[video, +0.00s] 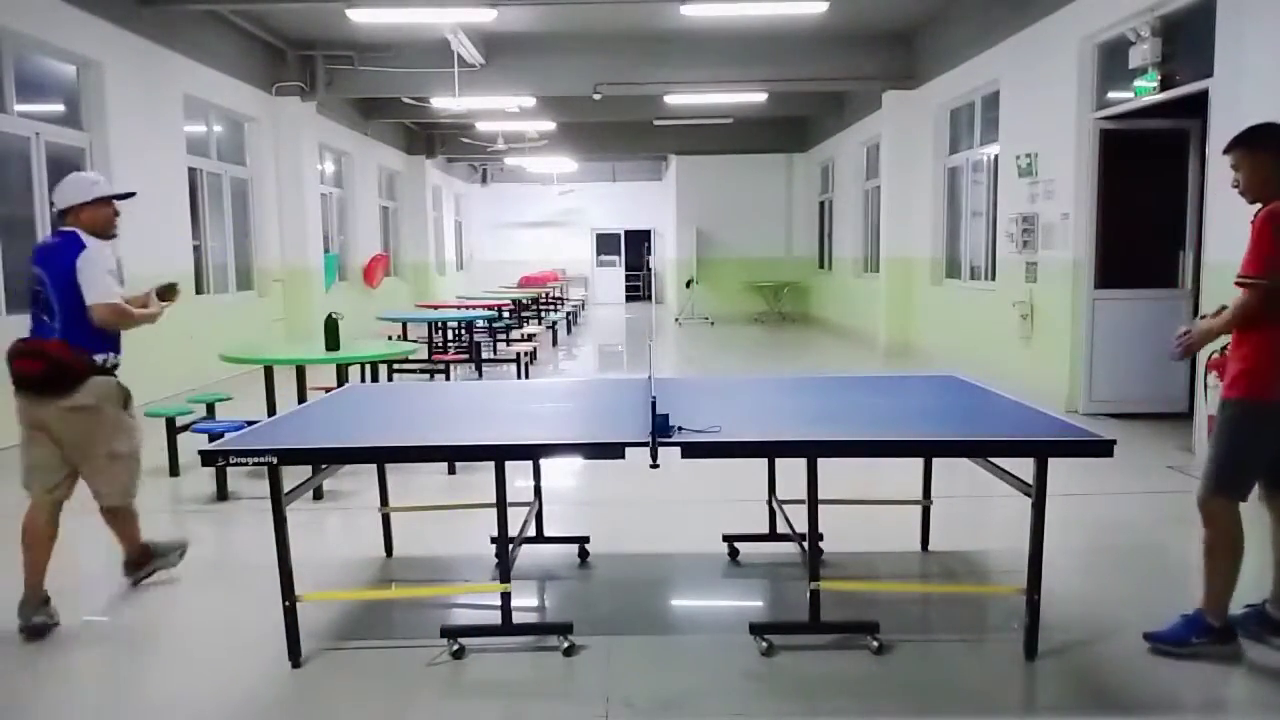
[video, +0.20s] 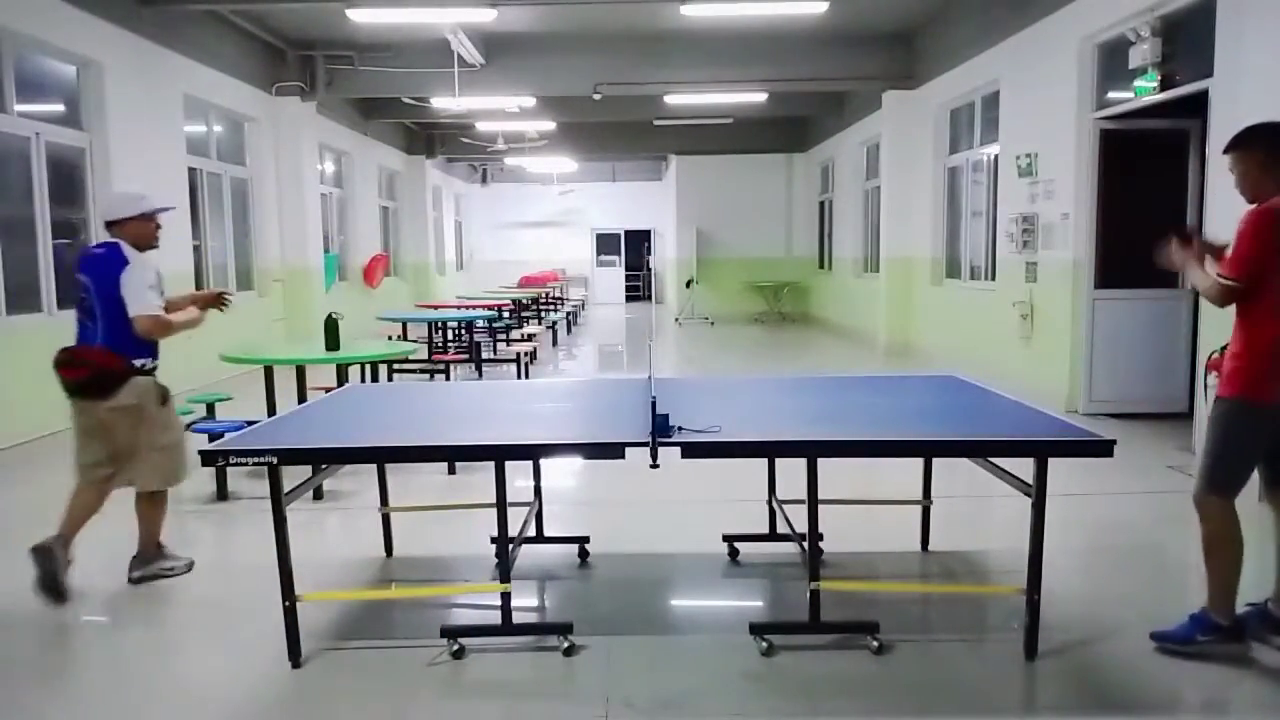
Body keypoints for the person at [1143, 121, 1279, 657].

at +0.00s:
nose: (1233, 180)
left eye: (1239, 168)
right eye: (1231, 170)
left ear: (1269, 164)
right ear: (1268, 167)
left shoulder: (1270, 219)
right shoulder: (1274, 218)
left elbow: (1254, 301)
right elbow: (1261, 301)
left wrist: (1207, 328)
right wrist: (1222, 334)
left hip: (1255, 390)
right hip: (1270, 389)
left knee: (1217, 498)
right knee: (1274, 495)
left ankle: (1213, 619)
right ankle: (1276, 607)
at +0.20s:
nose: (1232, 179)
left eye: (1238, 167)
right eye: (1232, 168)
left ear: (1265, 165)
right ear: (1270, 166)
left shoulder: (1263, 219)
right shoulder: (1273, 215)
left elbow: (1220, 291)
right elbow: (1258, 273)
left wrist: (1189, 264)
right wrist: (1215, 252)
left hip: (1252, 382)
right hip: (1276, 382)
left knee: (1212, 495)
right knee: (1275, 491)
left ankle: (1219, 616)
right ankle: (1277, 607)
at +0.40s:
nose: (1227, 167)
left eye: (1233, 157)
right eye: (1228, 157)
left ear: (1258, 159)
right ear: (1268, 159)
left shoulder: (1253, 215)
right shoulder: (1271, 212)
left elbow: (1221, 291)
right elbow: (1235, 286)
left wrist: (1174, 268)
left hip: (1247, 385)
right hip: (1273, 384)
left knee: (1207, 494)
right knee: (1274, 493)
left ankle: (1221, 615)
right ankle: (1277, 606)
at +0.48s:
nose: (1222, 169)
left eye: (1227, 159)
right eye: (1223, 158)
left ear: (1251, 161)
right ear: (1264, 160)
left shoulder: (1250, 216)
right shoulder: (1272, 211)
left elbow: (1221, 295)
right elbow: (1238, 293)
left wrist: (1177, 288)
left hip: (1246, 388)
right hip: (1273, 386)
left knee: (1205, 495)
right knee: (1272, 494)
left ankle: (1222, 616)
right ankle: (1275, 605)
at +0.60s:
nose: (1212, 175)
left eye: (1217, 165)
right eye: (1211, 165)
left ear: (1243, 163)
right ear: (1257, 163)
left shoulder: (1243, 216)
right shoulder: (1275, 208)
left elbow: (1236, 297)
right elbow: (1252, 293)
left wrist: (1182, 320)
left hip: (1241, 387)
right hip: (1275, 386)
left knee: (1201, 497)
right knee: (1271, 497)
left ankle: (1221, 617)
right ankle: (1275, 606)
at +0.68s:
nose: (1207, 176)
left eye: (1213, 165)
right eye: (1207, 165)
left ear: (1241, 163)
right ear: (1251, 163)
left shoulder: (1241, 216)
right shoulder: (1273, 207)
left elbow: (1238, 298)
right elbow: (1263, 278)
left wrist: (1185, 329)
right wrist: (1208, 267)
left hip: (1239, 389)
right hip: (1274, 387)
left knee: (1200, 498)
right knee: (1269, 496)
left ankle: (1221, 616)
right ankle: (1275, 606)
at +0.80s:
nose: (1193, 175)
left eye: (1199, 164)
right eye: (1193, 164)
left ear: (1229, 163)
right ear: (1235, 165)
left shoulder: (1246, 220)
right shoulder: (1254, 215)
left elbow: (1247, 303)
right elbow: (1244, 294)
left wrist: (1193, 342)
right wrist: (1198, 274)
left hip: (1235, 392)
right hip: (1259, 390)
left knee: (1199, 499)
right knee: (1265, 498)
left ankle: (1221, 617)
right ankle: (1274, 606)